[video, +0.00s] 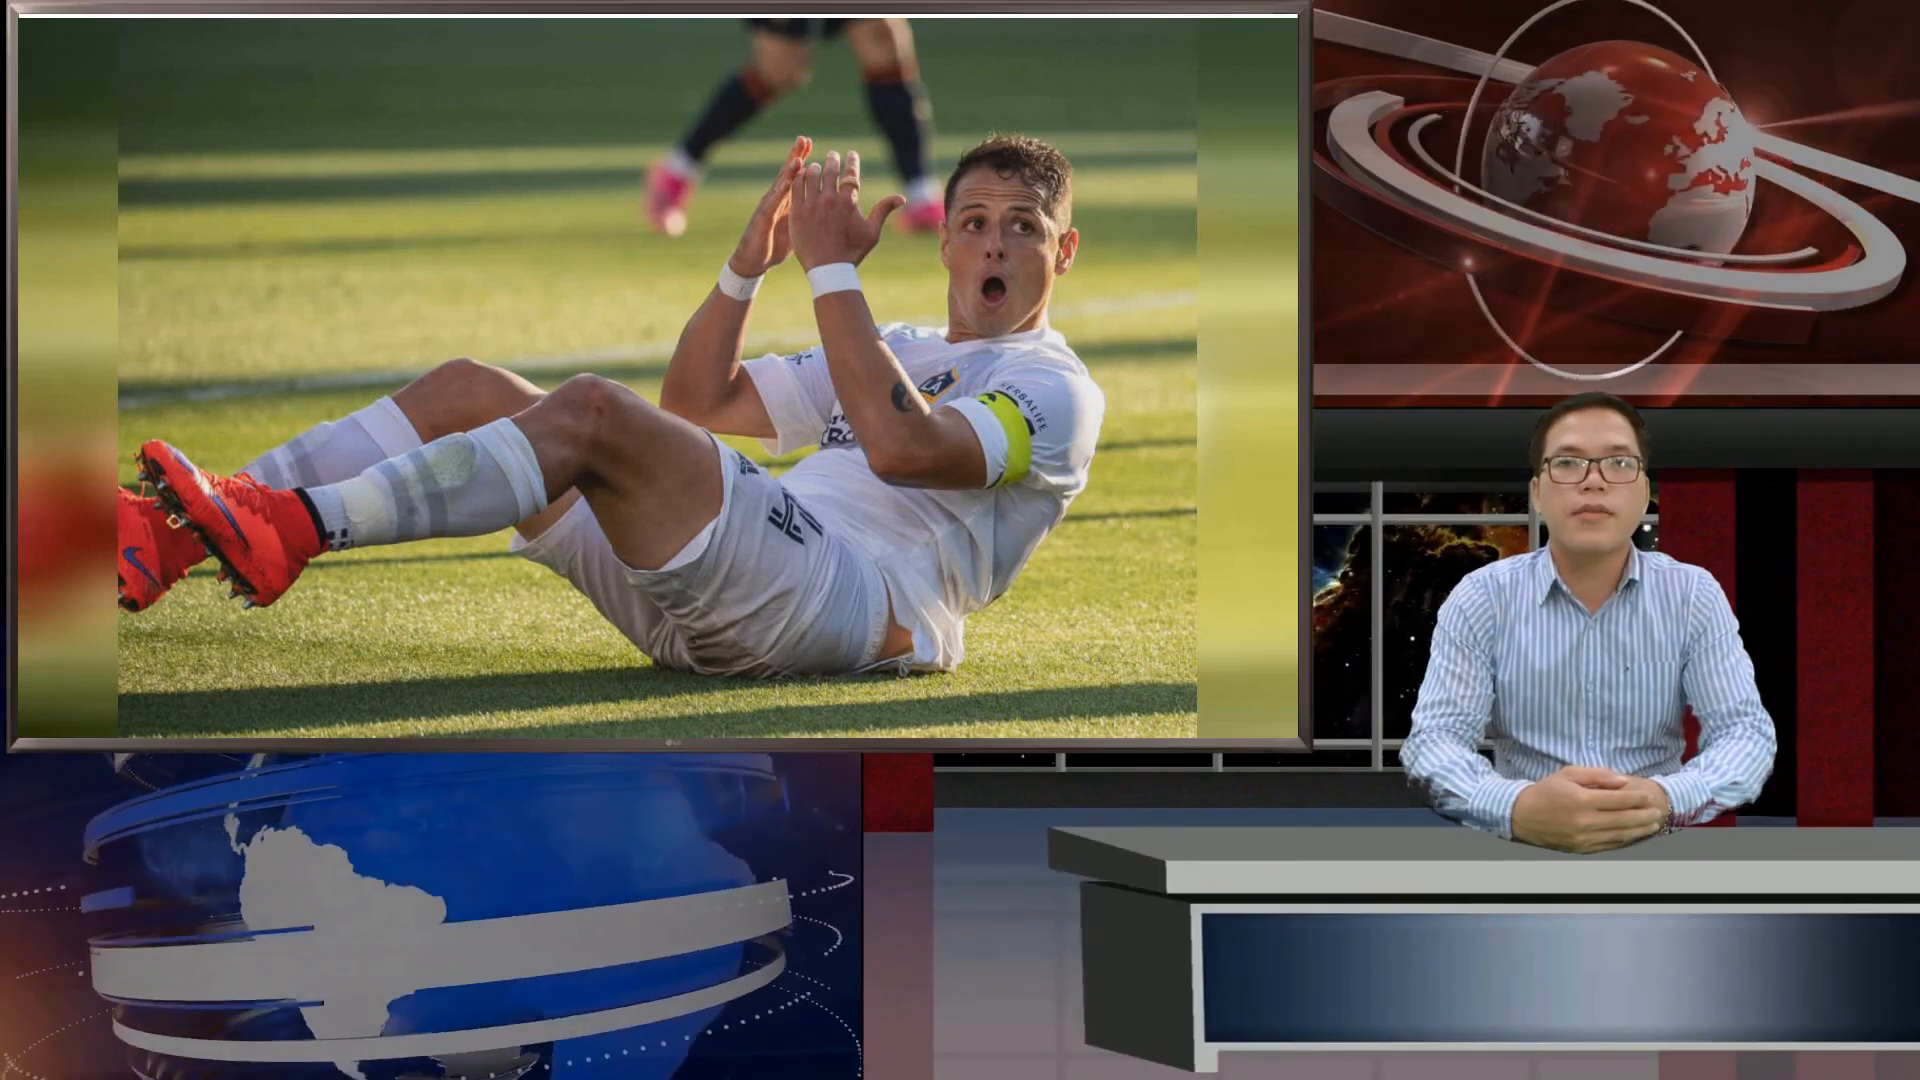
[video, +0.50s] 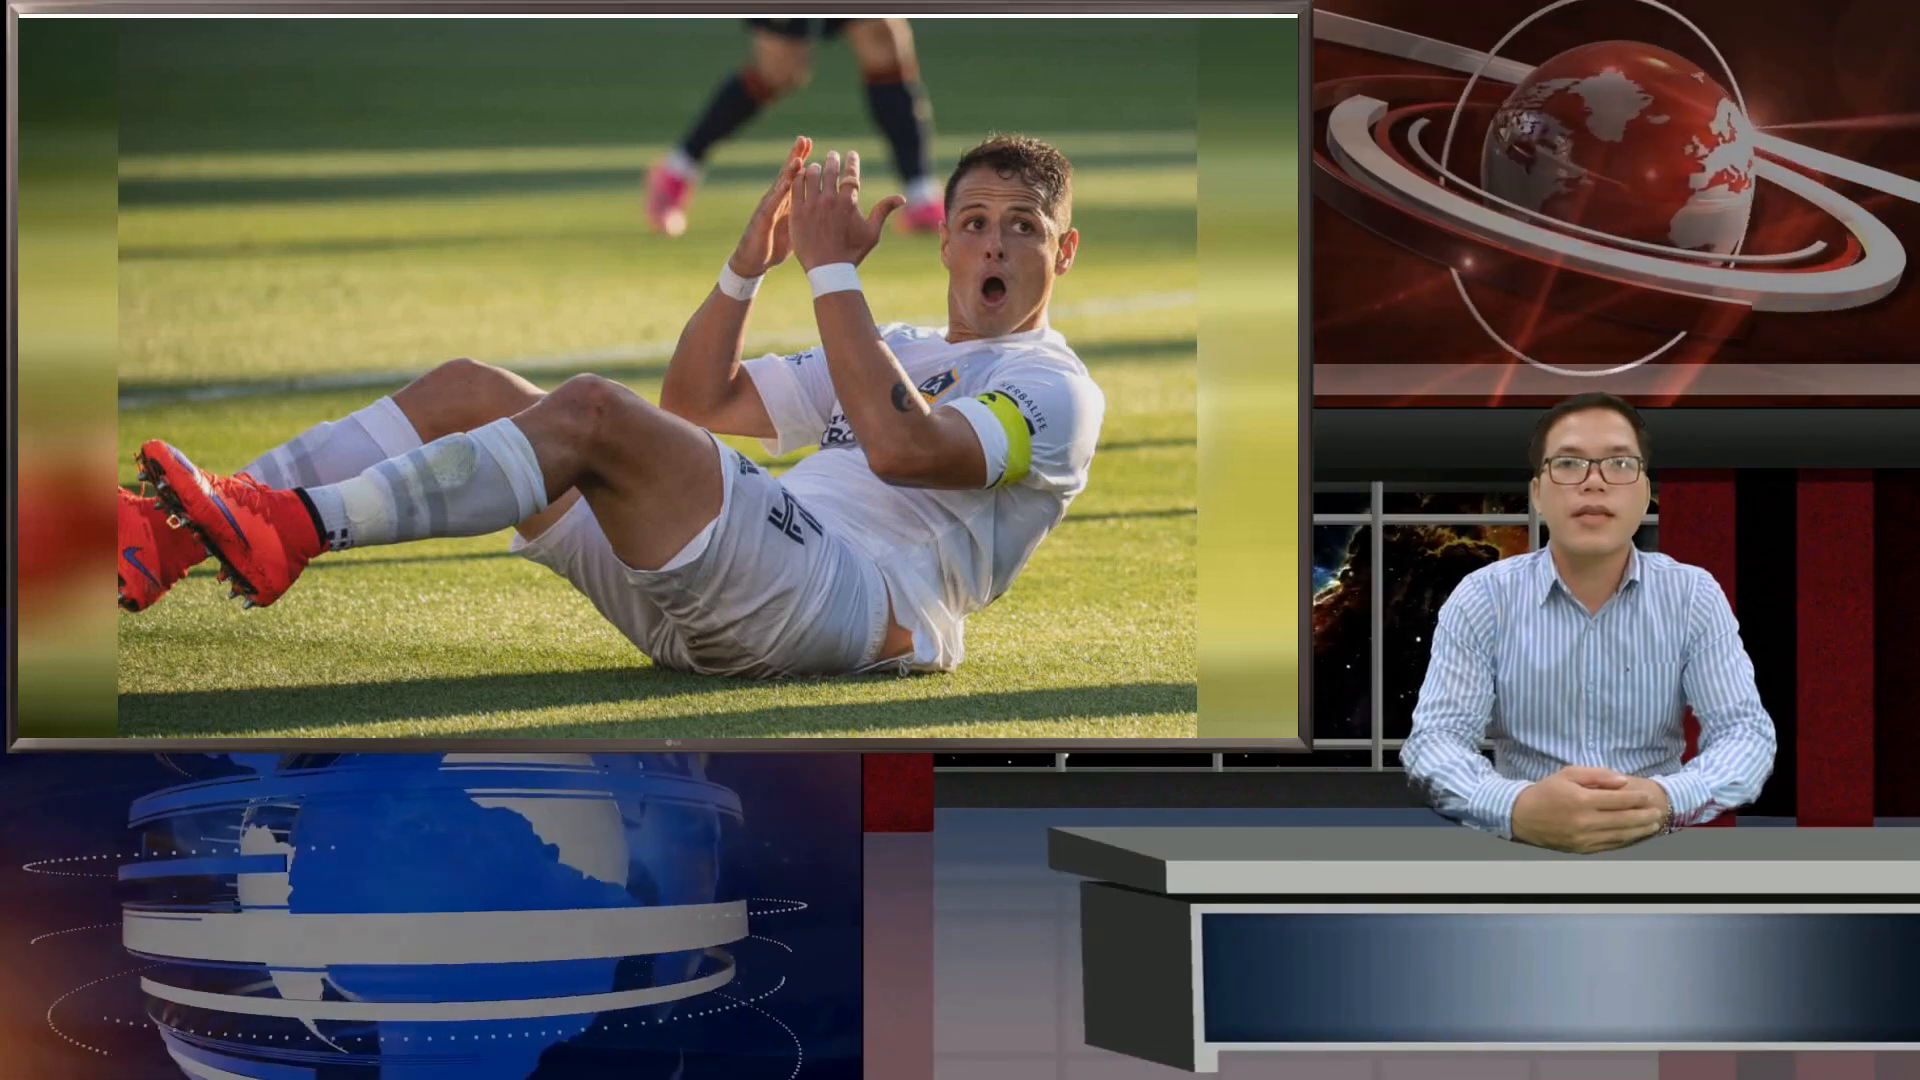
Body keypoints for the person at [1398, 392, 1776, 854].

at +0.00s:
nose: (1593, 481)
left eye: (1617, 463)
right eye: (1568, 463)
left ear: (1645, 493)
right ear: (1537, 494)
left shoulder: (1689, 597)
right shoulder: (1483, 600)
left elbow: (1745, 734)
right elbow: (1432, 745)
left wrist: (1667, 800)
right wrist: (1514, 809)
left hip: (1656, 852)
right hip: (1520, 856)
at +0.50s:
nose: (1594, 482)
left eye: (1618, 464)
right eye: (1568, 463)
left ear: (1645, 494)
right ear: (1538, 494)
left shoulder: (1690, 598)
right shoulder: (1484, 600)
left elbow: (1744, 735)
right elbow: (1432, 745)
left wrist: (1667, 799)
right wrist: (1515, 809)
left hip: (1655, 850)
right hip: (1518, 853)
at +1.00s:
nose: (1594, 482)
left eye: (1618, 464)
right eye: (1568, 464)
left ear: (1646, 495)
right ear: (1538, 495)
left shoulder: (1690, 598)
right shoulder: (1484, 601)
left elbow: (1744, 735)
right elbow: (1432, 745)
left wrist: (1667, 800)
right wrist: (1515, 809)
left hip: (1654, 849)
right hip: (1517, 853)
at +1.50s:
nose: (1594, 482)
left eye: (1618, 464)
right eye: (1568, 464)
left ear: (1645, 495)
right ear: (1538, 495)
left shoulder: (1690, 598)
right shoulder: (1484, 601)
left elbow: (1745, 735)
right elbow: (1432, 745)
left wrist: (1667, 800)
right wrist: (1514, 809)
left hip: (1657, 853)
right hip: (1520, 857)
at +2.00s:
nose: (1595, 482)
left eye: (1619, 464)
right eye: (1569, 464)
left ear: (1646, 495)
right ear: (1538, 495)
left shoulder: (1690, 598)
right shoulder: (1484, 601)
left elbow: (1744, 735)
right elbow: (1432, 745)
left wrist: (1667, 800)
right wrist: (1515, 809)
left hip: (1656, 852)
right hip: (1519, 855)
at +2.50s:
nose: (1595, 482)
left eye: (1619, 464)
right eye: (1569, 464)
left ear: (1646, 494)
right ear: (1538, 495)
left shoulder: (1690, 598)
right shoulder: (1484, 601)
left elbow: (1745, 735)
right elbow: (1432, 745)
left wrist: (1667, 800)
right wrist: (1514, 809)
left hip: (1657, 853)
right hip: (1521, 857)